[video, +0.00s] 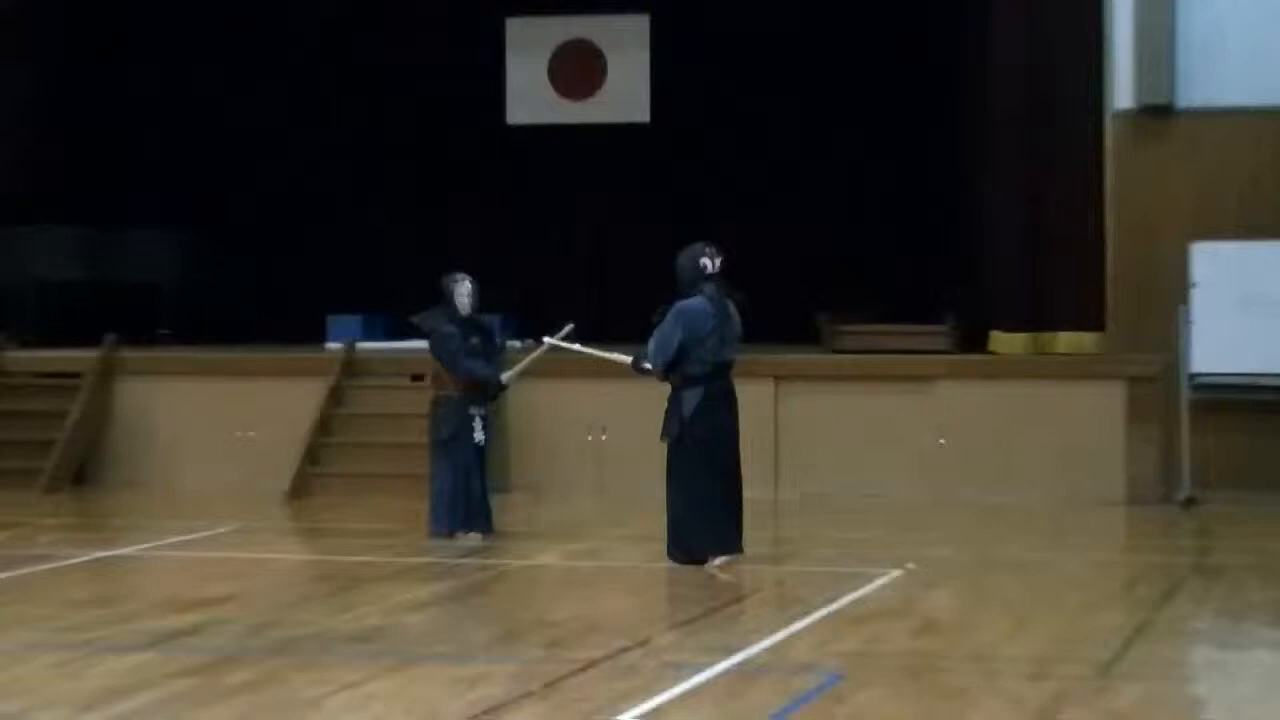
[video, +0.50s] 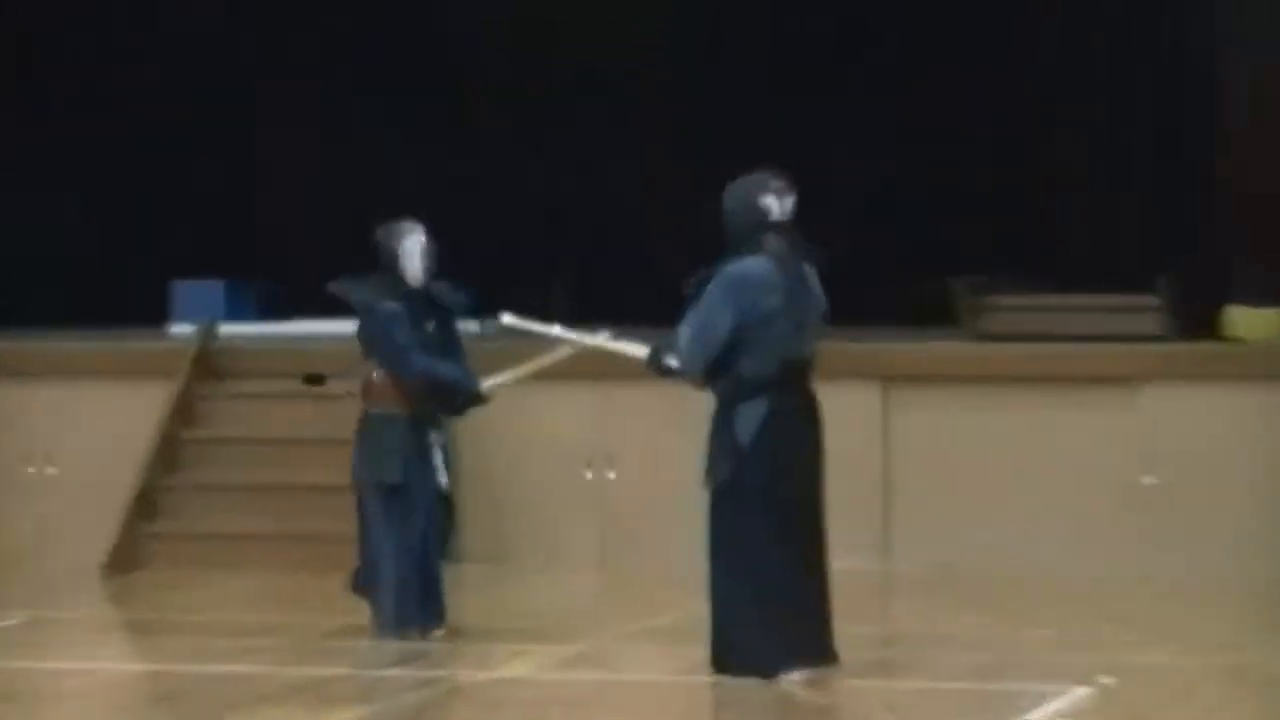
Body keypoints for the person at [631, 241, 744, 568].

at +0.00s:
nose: (680, 276)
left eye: (683, 271)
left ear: (687, 273)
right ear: (713, 270)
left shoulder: (686, 310)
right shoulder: (727, 309)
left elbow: (658, 357)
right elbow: (712, 352)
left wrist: (643, 361)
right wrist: (660, 365)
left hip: (692, 397)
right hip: (723, 393)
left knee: (690, 470)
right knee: (722, 467)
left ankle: (696, 546)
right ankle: (726, 544)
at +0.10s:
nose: (681, 272)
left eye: (684, 266)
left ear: (689, 268)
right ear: (715, 266)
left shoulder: (687, 307)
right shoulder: (729, 305)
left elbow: (658, 355)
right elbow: (718, 350)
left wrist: (643, 360)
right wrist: (662, 363)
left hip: (694, 397)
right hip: (725, 392)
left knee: (694, 472)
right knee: (725, 470)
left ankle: (704, 551)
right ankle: (729, 548)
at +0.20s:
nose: (685, 260)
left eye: (689, 254)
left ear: (693, 257)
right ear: (723, 254)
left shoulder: (693, 300)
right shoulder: (740, 297)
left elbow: (661, 352)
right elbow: (739, 340)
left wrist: (644, 356)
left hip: (702, 398)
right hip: (736, 393)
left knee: (700, 481)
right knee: (734, 478)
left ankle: (709, 568)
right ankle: (737, 566)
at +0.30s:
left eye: (702, 239)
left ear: (705, 243)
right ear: (739, 241)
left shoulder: (704, 291)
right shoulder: (757, 288)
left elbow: (667, 347)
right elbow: (757, 336)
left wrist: (650, 351)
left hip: (713, 400)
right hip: (751, 393)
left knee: (712, 492)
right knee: (749, 490)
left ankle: (729, 591)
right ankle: (755, 587)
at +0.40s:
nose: (706, 235)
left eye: (710, 228)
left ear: (715, 231)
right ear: (754, 228)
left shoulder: (715, 282)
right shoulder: (775, 280)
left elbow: (676, 347)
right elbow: (760, 338)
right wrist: (670, 355)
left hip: (727, 407)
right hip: (770, 400)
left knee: (726, 511)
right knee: (767, 507)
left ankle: (751, 619)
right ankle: (775, 615)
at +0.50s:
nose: (731, 225)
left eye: (734, 216)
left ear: (738, 218)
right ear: (783, 216)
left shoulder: (739, 277)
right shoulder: (804, 275)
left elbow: (692, 353)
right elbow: (793, 338)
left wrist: (662, 352)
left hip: (751, 415)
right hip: (799, 408)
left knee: (750, 532)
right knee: (795, 528)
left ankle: (773, 654)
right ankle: (808, 648)